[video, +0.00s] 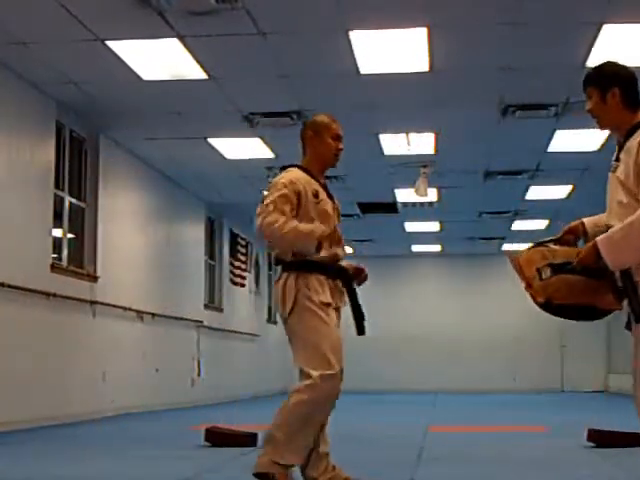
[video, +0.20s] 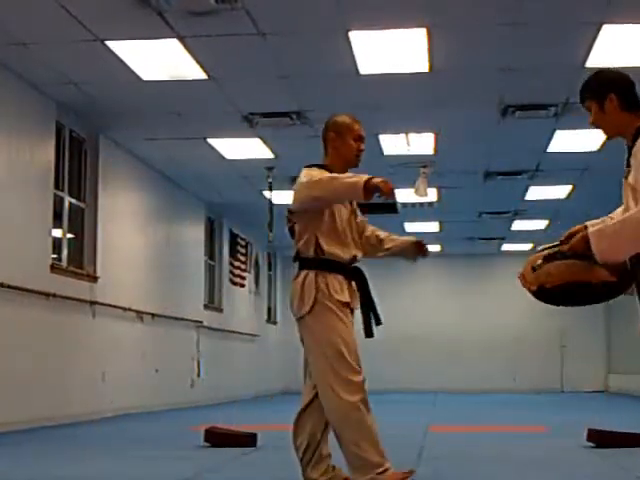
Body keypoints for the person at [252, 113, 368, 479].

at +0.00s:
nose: (340, 147)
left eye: (341, 141)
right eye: (334, 139)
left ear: (325, 145)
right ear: (310, 140)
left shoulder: (322, 192)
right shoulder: (291, 179)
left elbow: (320, 251)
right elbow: (270, 224)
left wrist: (346, 270)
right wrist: (319, 236)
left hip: (327, 289)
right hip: (305, 286)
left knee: (319, 379)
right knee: (325, 376)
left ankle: (317, 467)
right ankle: (272, 463)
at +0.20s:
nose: (362, 148)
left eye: (363, 142)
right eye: (356, 140)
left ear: (349, 145)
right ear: (331, 141)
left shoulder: (345, 196)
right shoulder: (311, 177)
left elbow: (367, 238)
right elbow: (311, 189)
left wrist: (409, 246)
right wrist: (365, 185)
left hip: (339, 290)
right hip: (320, 288)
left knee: (322, 385)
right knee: (345, 383)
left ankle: (316, 469)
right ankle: (374, 470)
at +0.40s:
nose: (382, 150)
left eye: (383, 143)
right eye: (376, 142)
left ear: (363, 144)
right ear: (353, 142)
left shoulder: (364, 193)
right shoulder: (332, 184)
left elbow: (403, 225)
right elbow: (375, 213)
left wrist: (457, 233)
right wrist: (424, 213)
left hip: (358, 291)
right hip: (340, 290)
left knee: (339, 386)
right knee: (364, 388)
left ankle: (318, 467)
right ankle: (393, 471)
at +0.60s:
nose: (412, 178)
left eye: (417, 172)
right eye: (413, 169)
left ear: (410, 165)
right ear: (397, 155)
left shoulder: (390, 188)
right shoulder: (357, 184)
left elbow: (435, 210)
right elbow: (402, 218)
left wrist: (486, 225)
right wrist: (464, 232)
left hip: (378, 289)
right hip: (354, 288)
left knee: (379, 384)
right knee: (369, 386)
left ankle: (332, 464)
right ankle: (390, 472)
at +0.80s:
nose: (430, 185)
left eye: (435, 181)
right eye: (431, 177)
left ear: (432, 168)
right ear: (419, 159)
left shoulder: (415, 188)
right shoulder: (377, 181)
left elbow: (447, 215)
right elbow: (419, 223)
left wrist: (491, 233)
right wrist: (482, 240)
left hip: (394, 288)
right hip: (366, 286)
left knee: (404, 376)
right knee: (373, 379)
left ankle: (385, 463)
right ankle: (385, 469)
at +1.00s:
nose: (447, 176)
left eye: (451, 170)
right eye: (448, 168)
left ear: (437, 155)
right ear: (433, 152)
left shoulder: (424, 186)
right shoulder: (388, 179)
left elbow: (455, 219)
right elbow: (421, 230)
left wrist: (501, 244)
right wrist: (484, 253)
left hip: (405, 289)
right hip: (379, 288)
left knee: (413, 381)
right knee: (383, 383)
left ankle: (417, 464)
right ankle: (388, 469)